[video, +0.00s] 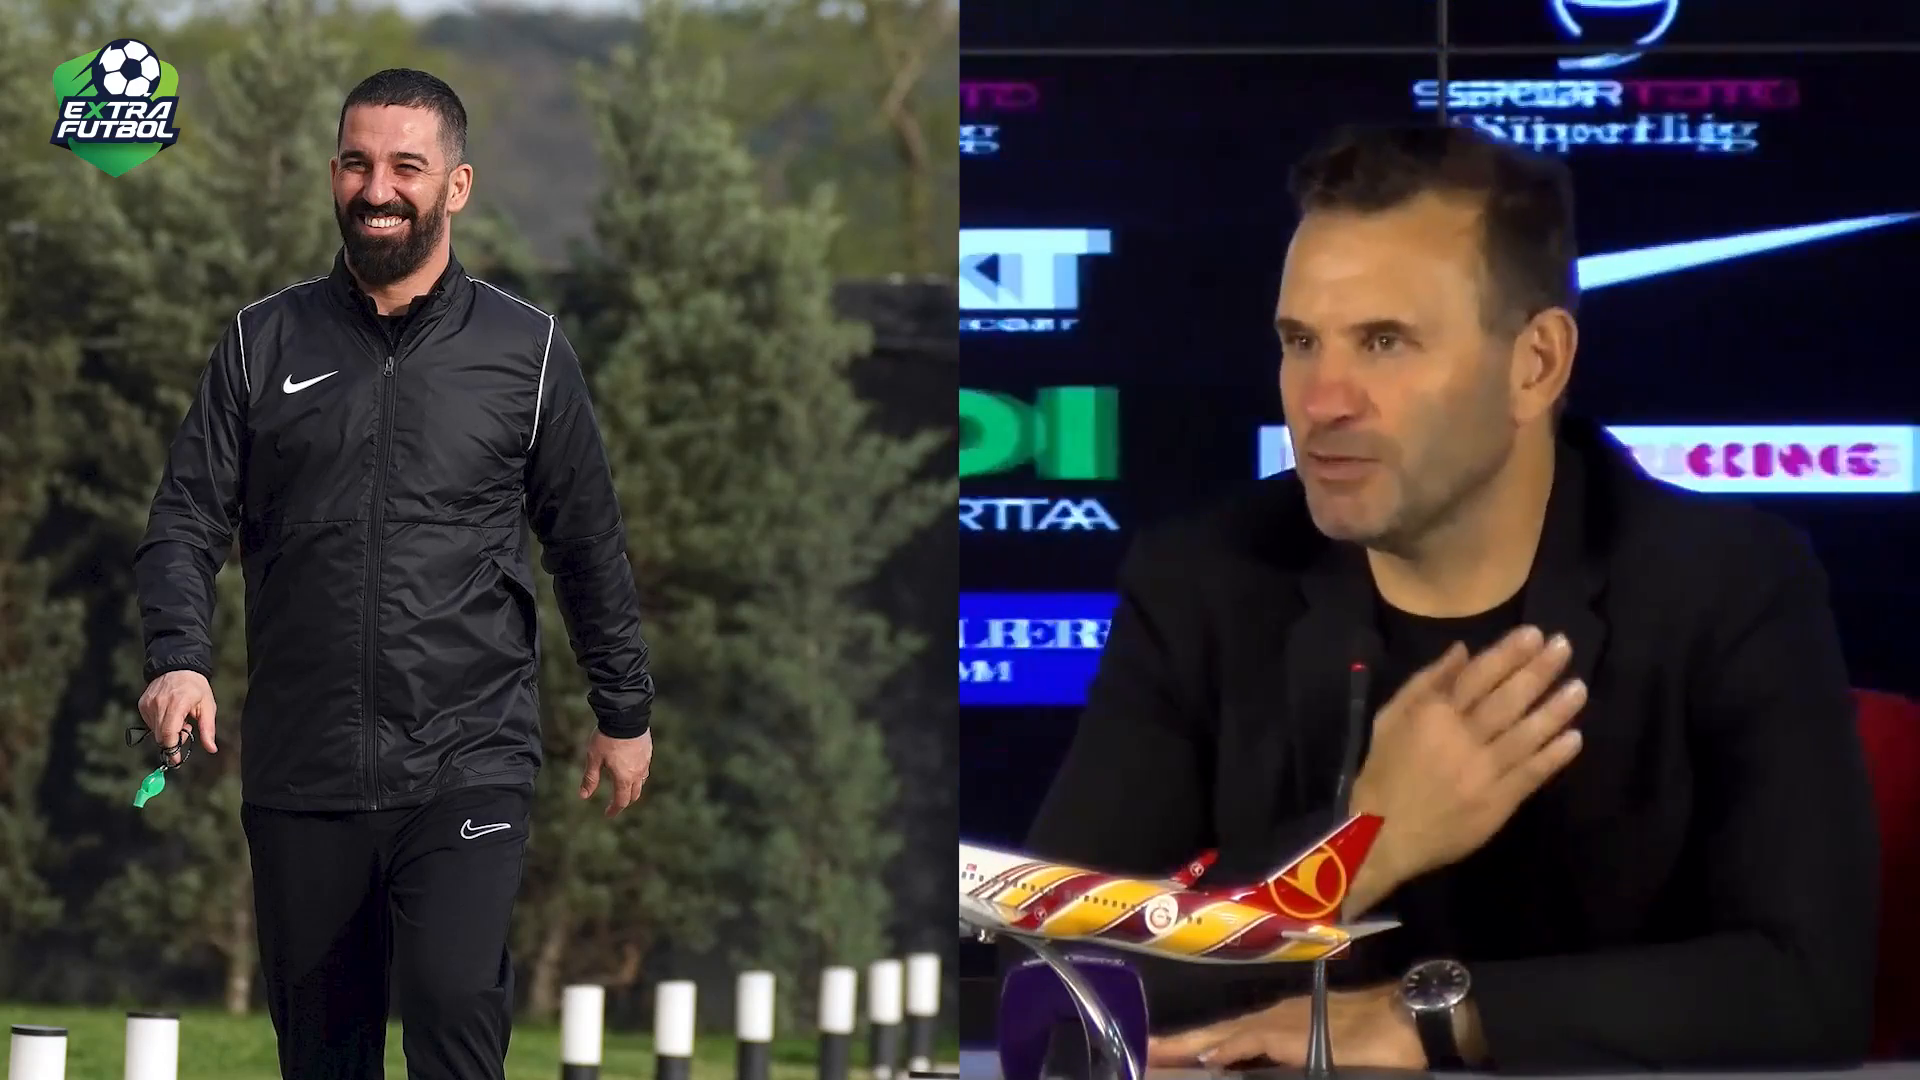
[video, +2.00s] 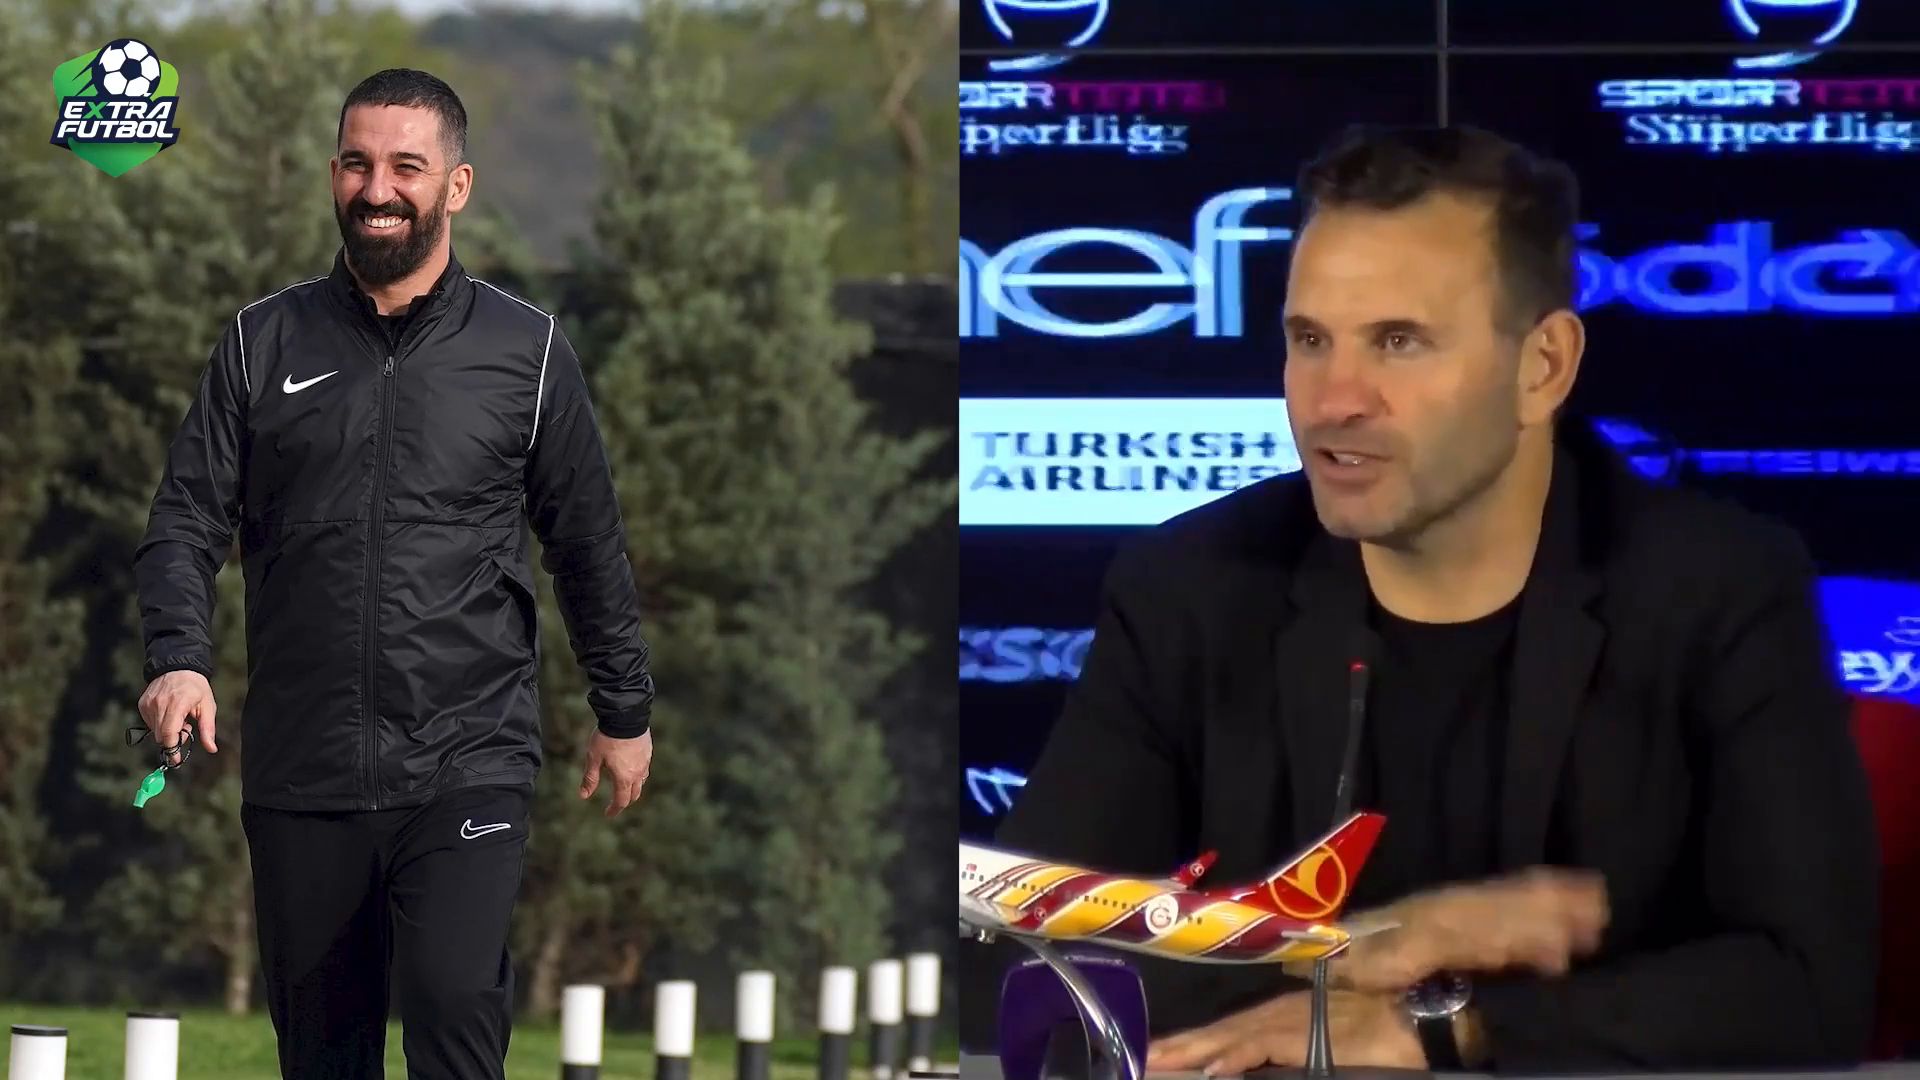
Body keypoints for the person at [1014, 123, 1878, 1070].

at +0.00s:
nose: (1321, 399)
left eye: (1384, 343)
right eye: (1301, 342)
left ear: (1537, 363)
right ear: (1277, 348)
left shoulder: (1733, 590)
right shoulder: (1200, 585)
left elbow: (1810, 992)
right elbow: (1048, 973)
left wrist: (1434, 1017)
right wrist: (1361, 844)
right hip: (1257, 1079)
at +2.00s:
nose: (1329, 398)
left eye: (1397, 344)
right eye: (1308, 339)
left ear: (1543, 368)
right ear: (1282, 342)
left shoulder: (1718, 593)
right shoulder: (1181, 592)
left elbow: (1808, 990)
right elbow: (1031, 983)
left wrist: (1438, 1030)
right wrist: (1363, 947)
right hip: (1247, 1077)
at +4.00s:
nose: (1327, 396)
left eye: (1391, 337)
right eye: (1302, 341)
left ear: (1537, 361)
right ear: (1276, 350)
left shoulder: (1724, 596)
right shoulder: (1191, 592)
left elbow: (1808, 991)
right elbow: (1018, 956)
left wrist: (1441, 1036)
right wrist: (1333, 957)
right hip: (1252, 1076)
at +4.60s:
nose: (1327, 400)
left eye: (1391, 342)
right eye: (1303, 346)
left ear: (1539, 359)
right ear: (1278, 354)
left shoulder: (1737, 594)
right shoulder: (1194, 592)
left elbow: (1811, 992)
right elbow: (1022, 961)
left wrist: (1438, 1026)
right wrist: (1322, 953)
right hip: (1253, 1079)